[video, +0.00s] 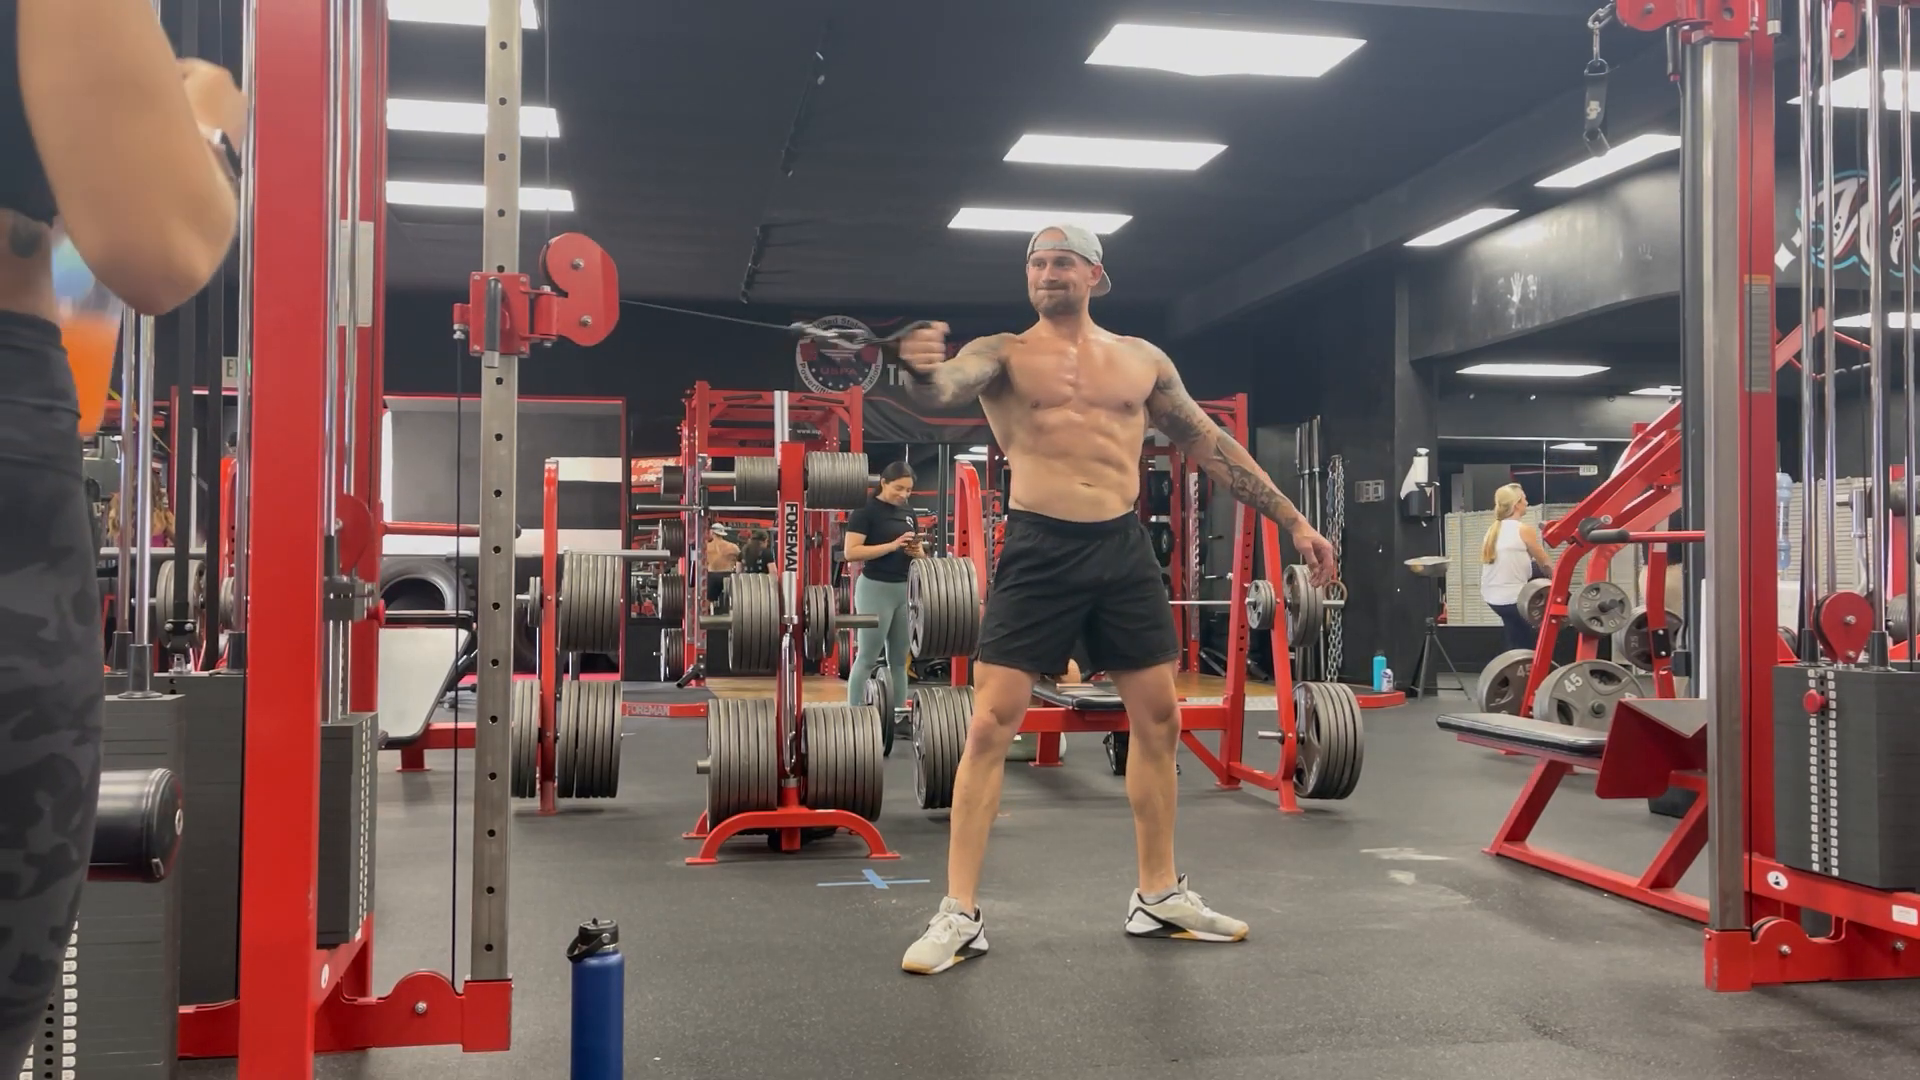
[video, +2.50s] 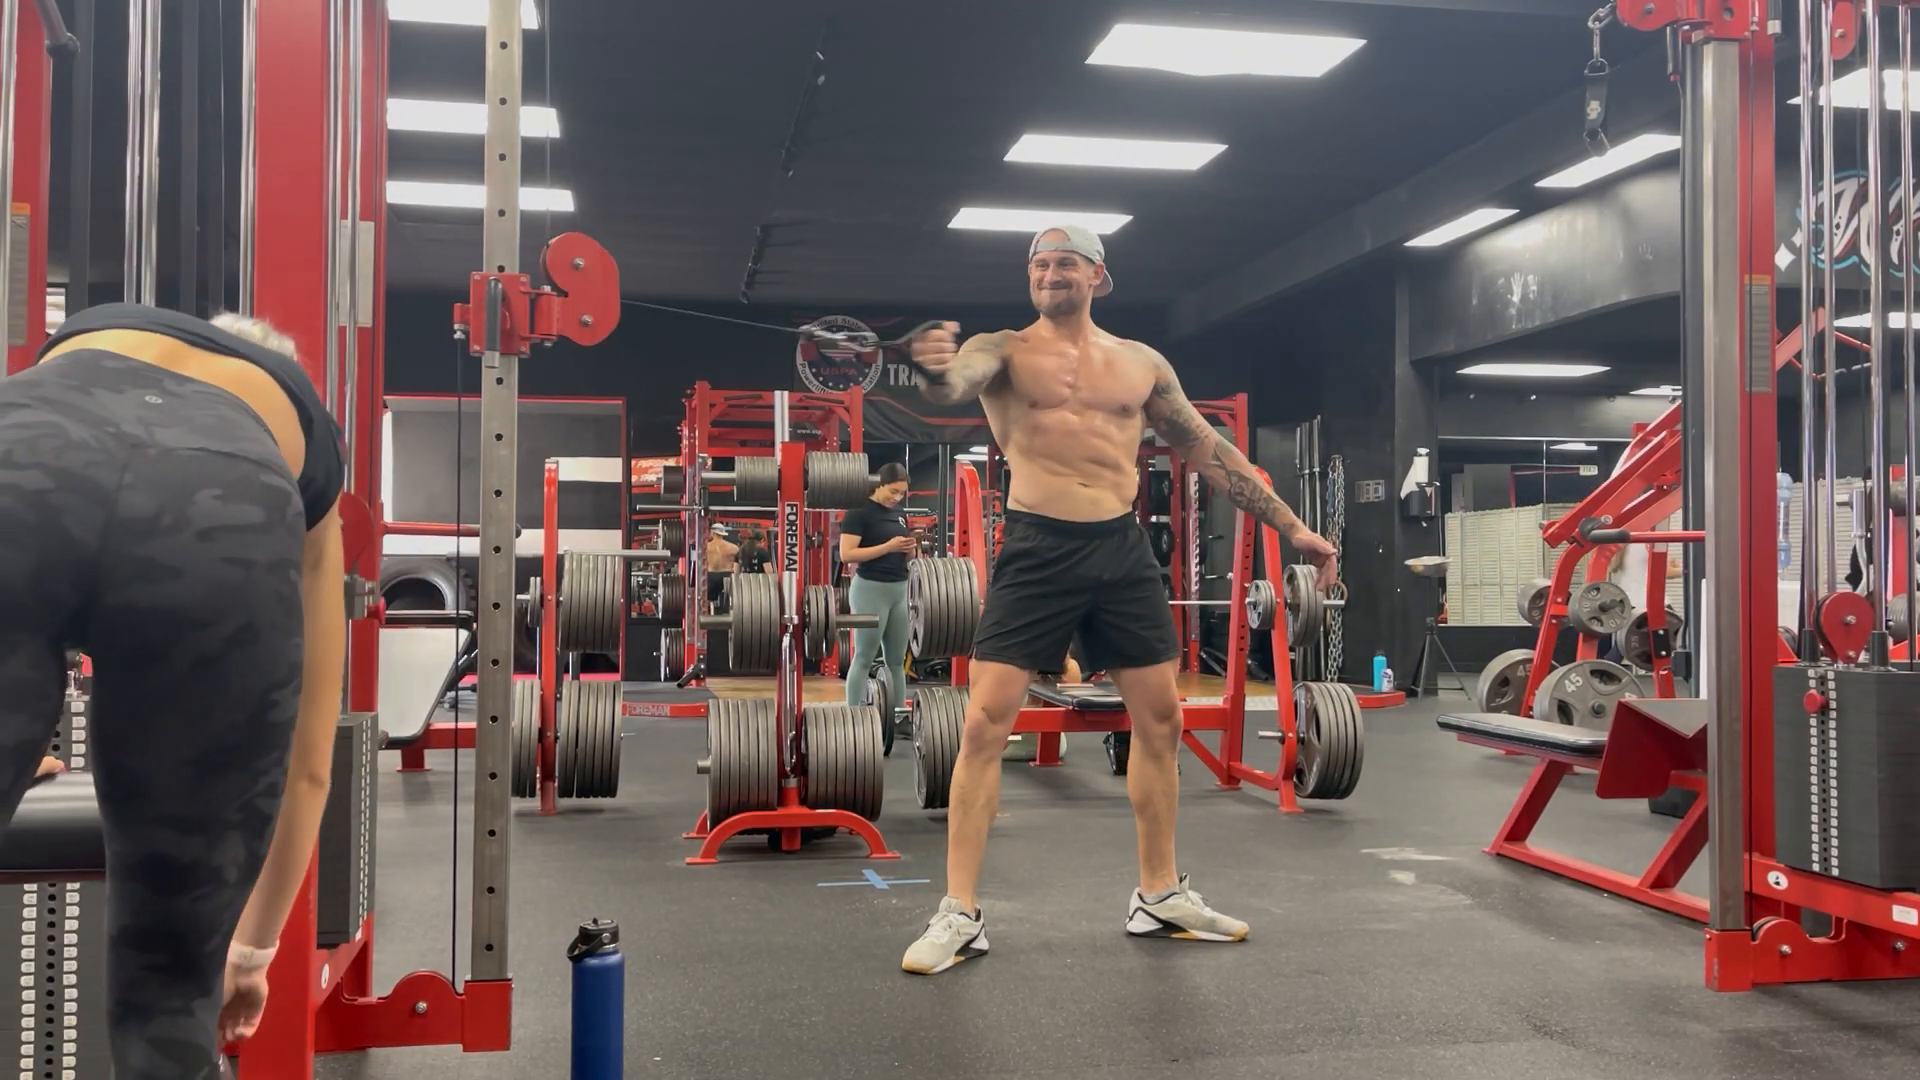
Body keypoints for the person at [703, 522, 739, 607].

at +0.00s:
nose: (710, 534)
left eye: (710, 532)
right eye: (710, 532)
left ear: (713, 533)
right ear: (723, 534)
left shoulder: (707, 547)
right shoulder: (732, 547)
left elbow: (705, 562)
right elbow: (740, 558)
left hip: (712, 573)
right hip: (728, 573)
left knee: (711, 601)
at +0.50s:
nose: (725, 535)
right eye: (725, 533)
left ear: (714, 533)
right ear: (724, 534)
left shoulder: (708, 545)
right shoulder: (726, 547)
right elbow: (735, 558)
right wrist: (730, 567)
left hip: (710, 572)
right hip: (723, 572)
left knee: (709, 600)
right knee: (723, 601)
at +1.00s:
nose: (730, 536)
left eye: (730, 534)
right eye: (728, 534)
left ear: (721, 534)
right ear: (722, 534)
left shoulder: (711, 545)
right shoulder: (720, 547)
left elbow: (726, 552)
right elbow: (724, 565)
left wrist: (734, 555)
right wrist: (729, 576)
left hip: (711, 573)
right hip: (719, 573)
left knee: (710, 599)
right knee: (722, 600)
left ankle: (707, 617)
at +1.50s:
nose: (726, 535)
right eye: (725, 534)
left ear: (714, 534)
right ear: (724, 534)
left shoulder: (709, 545)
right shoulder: (727, 547)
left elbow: (706, 558)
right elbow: (733, 558)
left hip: (710, 572)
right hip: (723, 572)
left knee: (709, 600)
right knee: (723, 600)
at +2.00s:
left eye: (712, 534)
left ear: (713, 534)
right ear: (724, 534)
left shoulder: (707, 546)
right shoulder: (732, 547)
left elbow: (704, 561)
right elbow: (737, 561)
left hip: (711, 572)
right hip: (726, 572)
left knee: (708, 601)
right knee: (726, 602)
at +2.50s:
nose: (711, 535)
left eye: (711, 533)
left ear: (713, 534)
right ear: (723, 534)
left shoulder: (707, 546)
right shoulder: (732, 547)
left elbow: (705, 562)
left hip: (711, 573)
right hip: (726, 573)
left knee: (711, 600)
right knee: (725, 602)